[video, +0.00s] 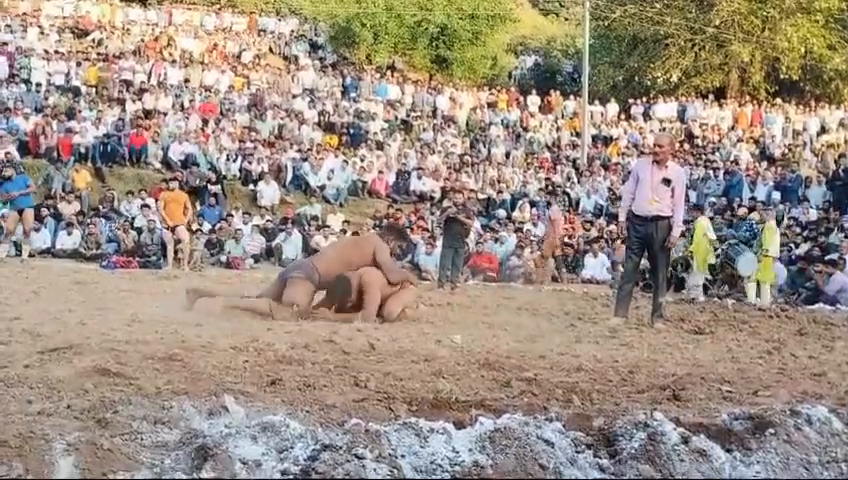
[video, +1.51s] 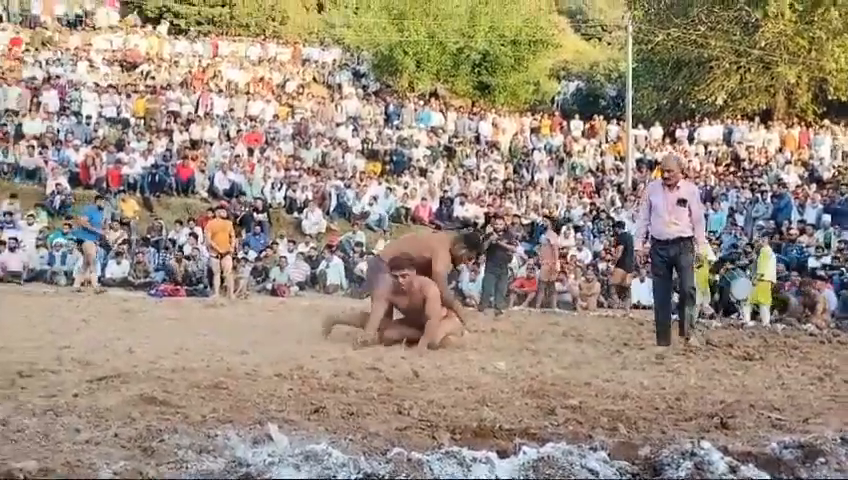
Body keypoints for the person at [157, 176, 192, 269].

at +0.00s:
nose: (172, 185)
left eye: (174, 182)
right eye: (170, 182)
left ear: (178, 183)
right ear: (168, 184)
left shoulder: (184, 195)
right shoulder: (164, 195)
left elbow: (189, 209)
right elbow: (160, 209)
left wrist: (186, 220)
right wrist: (168, 221)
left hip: (180, 222)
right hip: (167, 222)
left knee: (185, 239)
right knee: (169, 244)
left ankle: (185, 264)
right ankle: (169, 265)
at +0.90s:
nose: (183, 187)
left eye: (184, 185)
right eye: (180, 185)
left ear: (186, 186)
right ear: (176, 186)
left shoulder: (191, 198)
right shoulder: (172, 198)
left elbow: (195, 213)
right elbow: (172, 213)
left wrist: (195, 225)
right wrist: (180, 225)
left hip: (188, 228)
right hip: (176, 228)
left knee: (190, 249)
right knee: (177, 249)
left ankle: (191, 269)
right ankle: (176, 268)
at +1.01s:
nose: (191, 190)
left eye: (192, 188)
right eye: (188, 188)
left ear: (194, 189)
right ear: (184, 190)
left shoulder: (199, 202)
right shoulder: (180, 202)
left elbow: (203, 216)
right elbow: (179, 217)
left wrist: (202, 228)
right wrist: (188, 228)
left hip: (196, 231)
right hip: (184, 231)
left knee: (197, 252)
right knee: (185, 252)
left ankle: (199, 271)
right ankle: (185, 271)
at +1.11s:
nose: (204, 196)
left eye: (205, 194)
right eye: (201, 194)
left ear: (208, 195)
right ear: (198, 195)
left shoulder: (211, 207)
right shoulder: (193, 207)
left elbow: (215, 221)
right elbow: (192, 222)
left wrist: (215, 233)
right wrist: (200, 233)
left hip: (209, 236)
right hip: (197, 236)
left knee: (210, 257)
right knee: (198, 256)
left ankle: (212, 276)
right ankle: (198, 276)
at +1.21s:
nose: (218, 202)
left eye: (219, 199)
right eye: (215, 199)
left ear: (221, 201)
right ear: (211, 201)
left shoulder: (225, 213)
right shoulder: (207, 212)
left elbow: (229, 227)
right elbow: (206, 227)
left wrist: (229, 238)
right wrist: (214, 238)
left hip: (223, 241)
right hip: (211, 241)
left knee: (224, 262)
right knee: (212, 262)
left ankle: (226, 282)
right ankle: (212, 281)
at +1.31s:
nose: (231, 206)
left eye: (232, 204)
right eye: (229, 204)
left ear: (234, 205)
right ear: (224, 206)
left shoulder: (237, 217)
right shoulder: (219, 217)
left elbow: (241, 230)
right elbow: (218, 233)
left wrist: (240, 242)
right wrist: (227, 243)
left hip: (235, 246)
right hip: (223, 246)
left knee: (236, 268)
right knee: (224, 268)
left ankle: (238, 287)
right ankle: (224, 287)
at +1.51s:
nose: (223, 212)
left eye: (224, 210)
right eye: (221, 210)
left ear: (226, 212)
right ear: (216, 212)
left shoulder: (229, 223)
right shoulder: (210, 224)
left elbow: (232, 236)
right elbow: (208, 239)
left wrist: (232, 247)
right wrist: (217, 249)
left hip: (227, 252)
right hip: (214, 252)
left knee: (228, 273)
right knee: (216, 274)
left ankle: (230, 294)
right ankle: (216, 293)